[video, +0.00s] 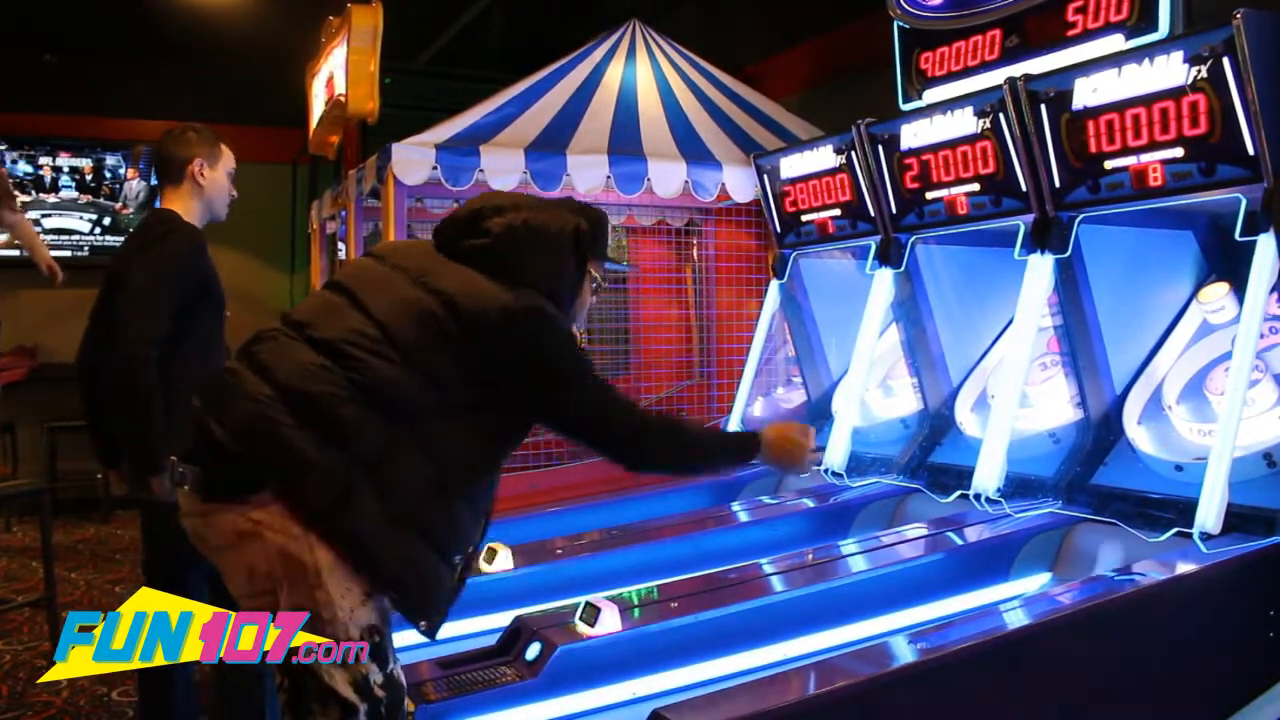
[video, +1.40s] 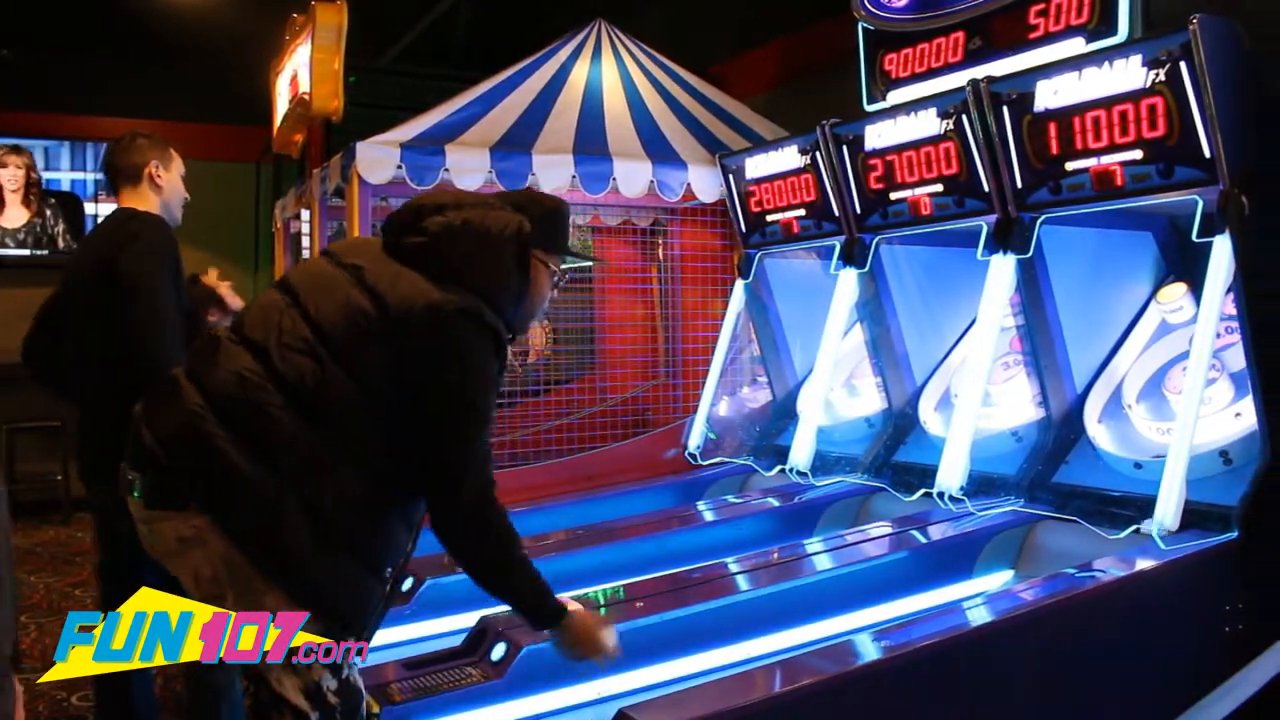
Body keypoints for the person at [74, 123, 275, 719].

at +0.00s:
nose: (234, 187)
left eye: (234, 173)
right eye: (230, 173)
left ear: (186, 173)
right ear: (199, 172)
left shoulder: (149, 239)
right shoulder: (177, 243)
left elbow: (96, 356)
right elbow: (140, 352)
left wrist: (120, 456)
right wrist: (156, 456)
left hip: (159, 462)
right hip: (184, 462)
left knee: (172, 608)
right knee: (197, 610)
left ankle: (168, 706)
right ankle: (179, 707)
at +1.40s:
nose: (187, 189)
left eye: (185, 174)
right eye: (183, 174)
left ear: (129, 178)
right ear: (156, 173)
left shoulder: (103, 239)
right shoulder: (151, 239)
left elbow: (42, 347)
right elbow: (162, 353)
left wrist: (103, 396)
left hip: (106, 449)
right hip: (145, 456)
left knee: (123, 594)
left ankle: (123, 705)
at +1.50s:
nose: (187, 185)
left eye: (185, 172)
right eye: (183, 172)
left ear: (125, 178)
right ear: (157, 172)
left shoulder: (103, 239)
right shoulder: (152, 238)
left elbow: (50, 349)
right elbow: (160, 353)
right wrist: (211, 321)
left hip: (106, 448)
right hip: (144, 454)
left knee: (124, 593)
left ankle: (125, 706)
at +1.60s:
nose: (189, 185)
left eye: (187, 172)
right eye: (184, 172)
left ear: (127, 177)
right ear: (157, 172)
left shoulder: (102, 241)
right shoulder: (152, 239)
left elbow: (56, 350)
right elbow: (162, 354)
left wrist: (105, 403)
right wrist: (207, 325)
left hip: (109, 451)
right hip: (148, 455)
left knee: (126, 596)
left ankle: (125, 706)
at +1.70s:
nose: (191, 185)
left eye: (189, 171)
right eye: (186, 171)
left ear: (133, 176)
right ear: (158, 172)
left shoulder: (105, 240)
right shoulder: (149, 240)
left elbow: (60, 349)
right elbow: (160, 359)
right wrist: (201, 327)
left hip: (111, 454)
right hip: (144, 460)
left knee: (127, 598)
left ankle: (125, 706)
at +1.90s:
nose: (195, 181)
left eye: (193, 169)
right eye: (185, 168)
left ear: (138, 174)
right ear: (143, 172)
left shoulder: (106, 240)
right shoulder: (146, 239)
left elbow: (65, 350)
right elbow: (155, 361)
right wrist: (195, 325)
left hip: (114, 456)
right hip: (145, 460)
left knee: (129, 600)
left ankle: (127, 707)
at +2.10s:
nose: (184, 177)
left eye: (186, 167)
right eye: (170, 164)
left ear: (135, 176)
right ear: (127, 170)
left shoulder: (104, 238)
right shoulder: (143, 239)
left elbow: (65, 349)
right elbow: (154, 355)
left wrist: (110, 401)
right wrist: (195, 418)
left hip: (110, 444)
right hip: (141, 449)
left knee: (128, 591)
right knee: (164, 592)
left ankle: (127, 705)